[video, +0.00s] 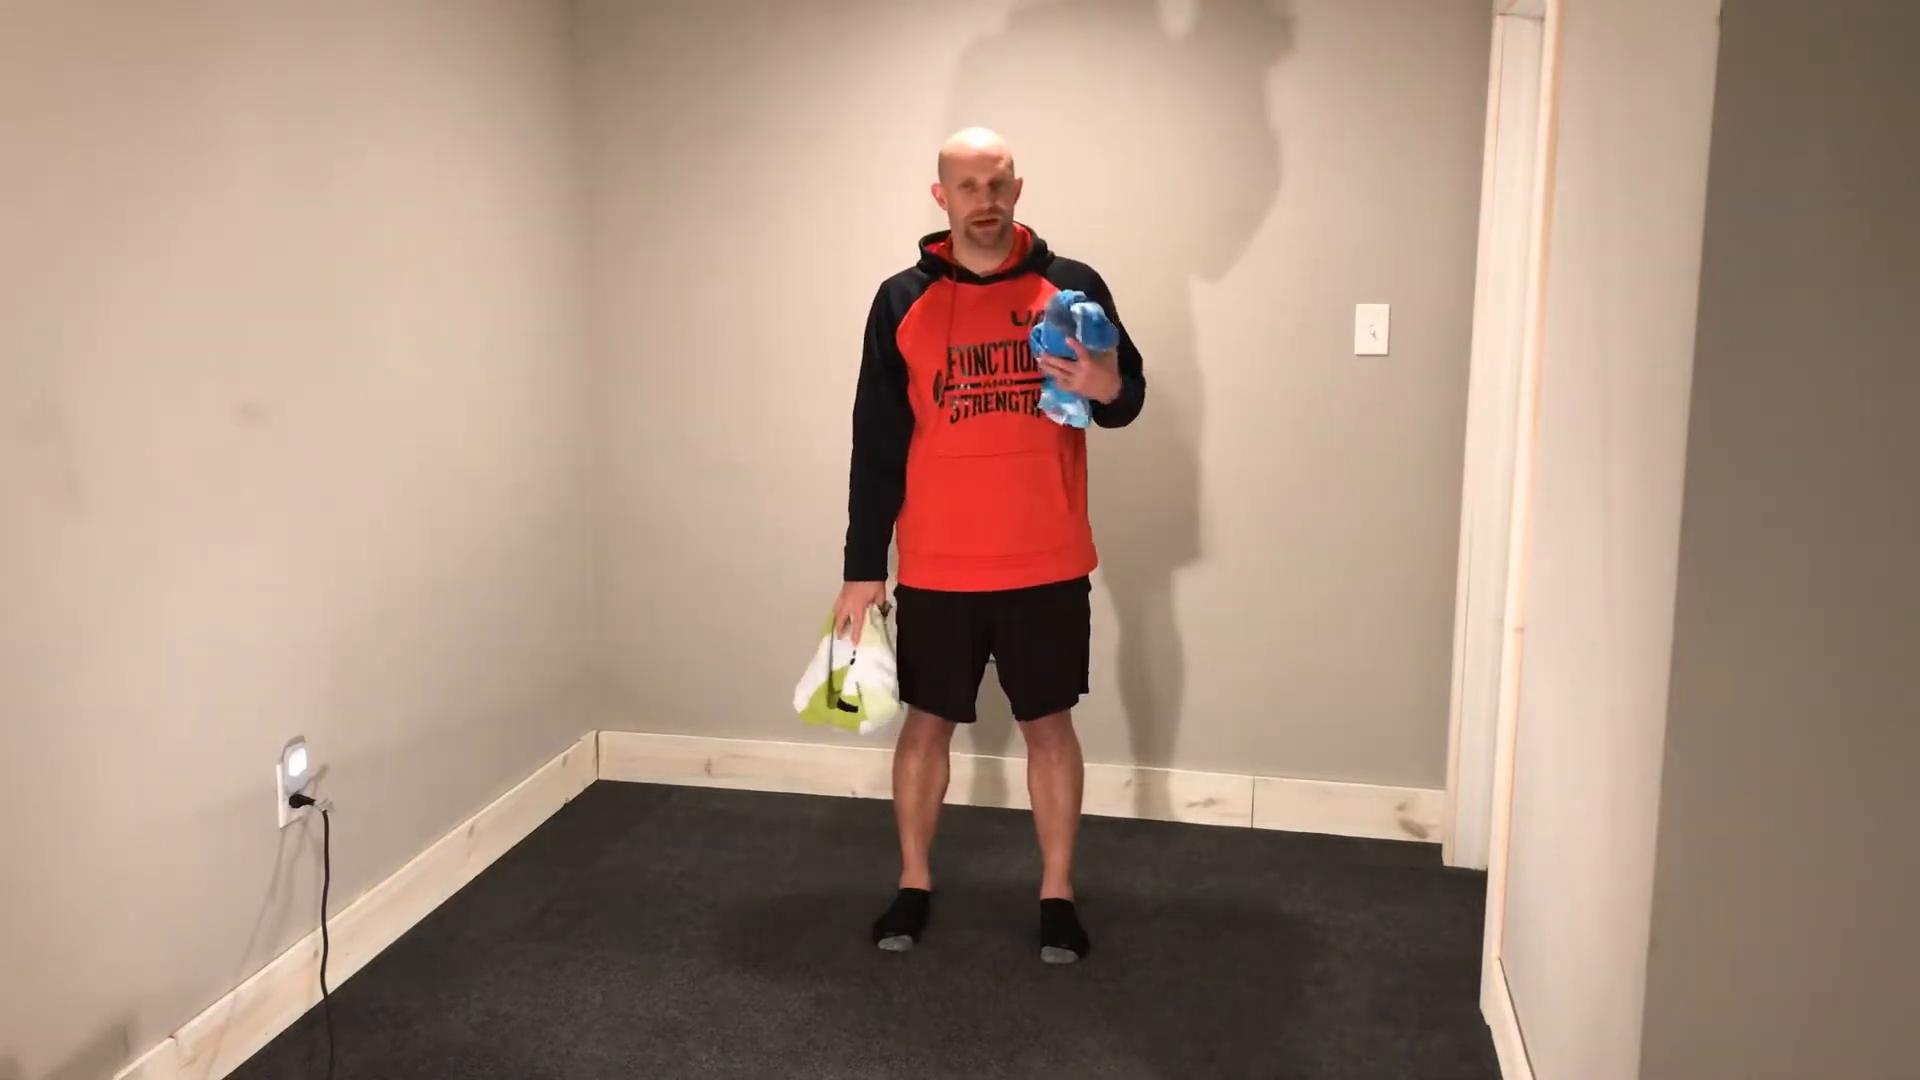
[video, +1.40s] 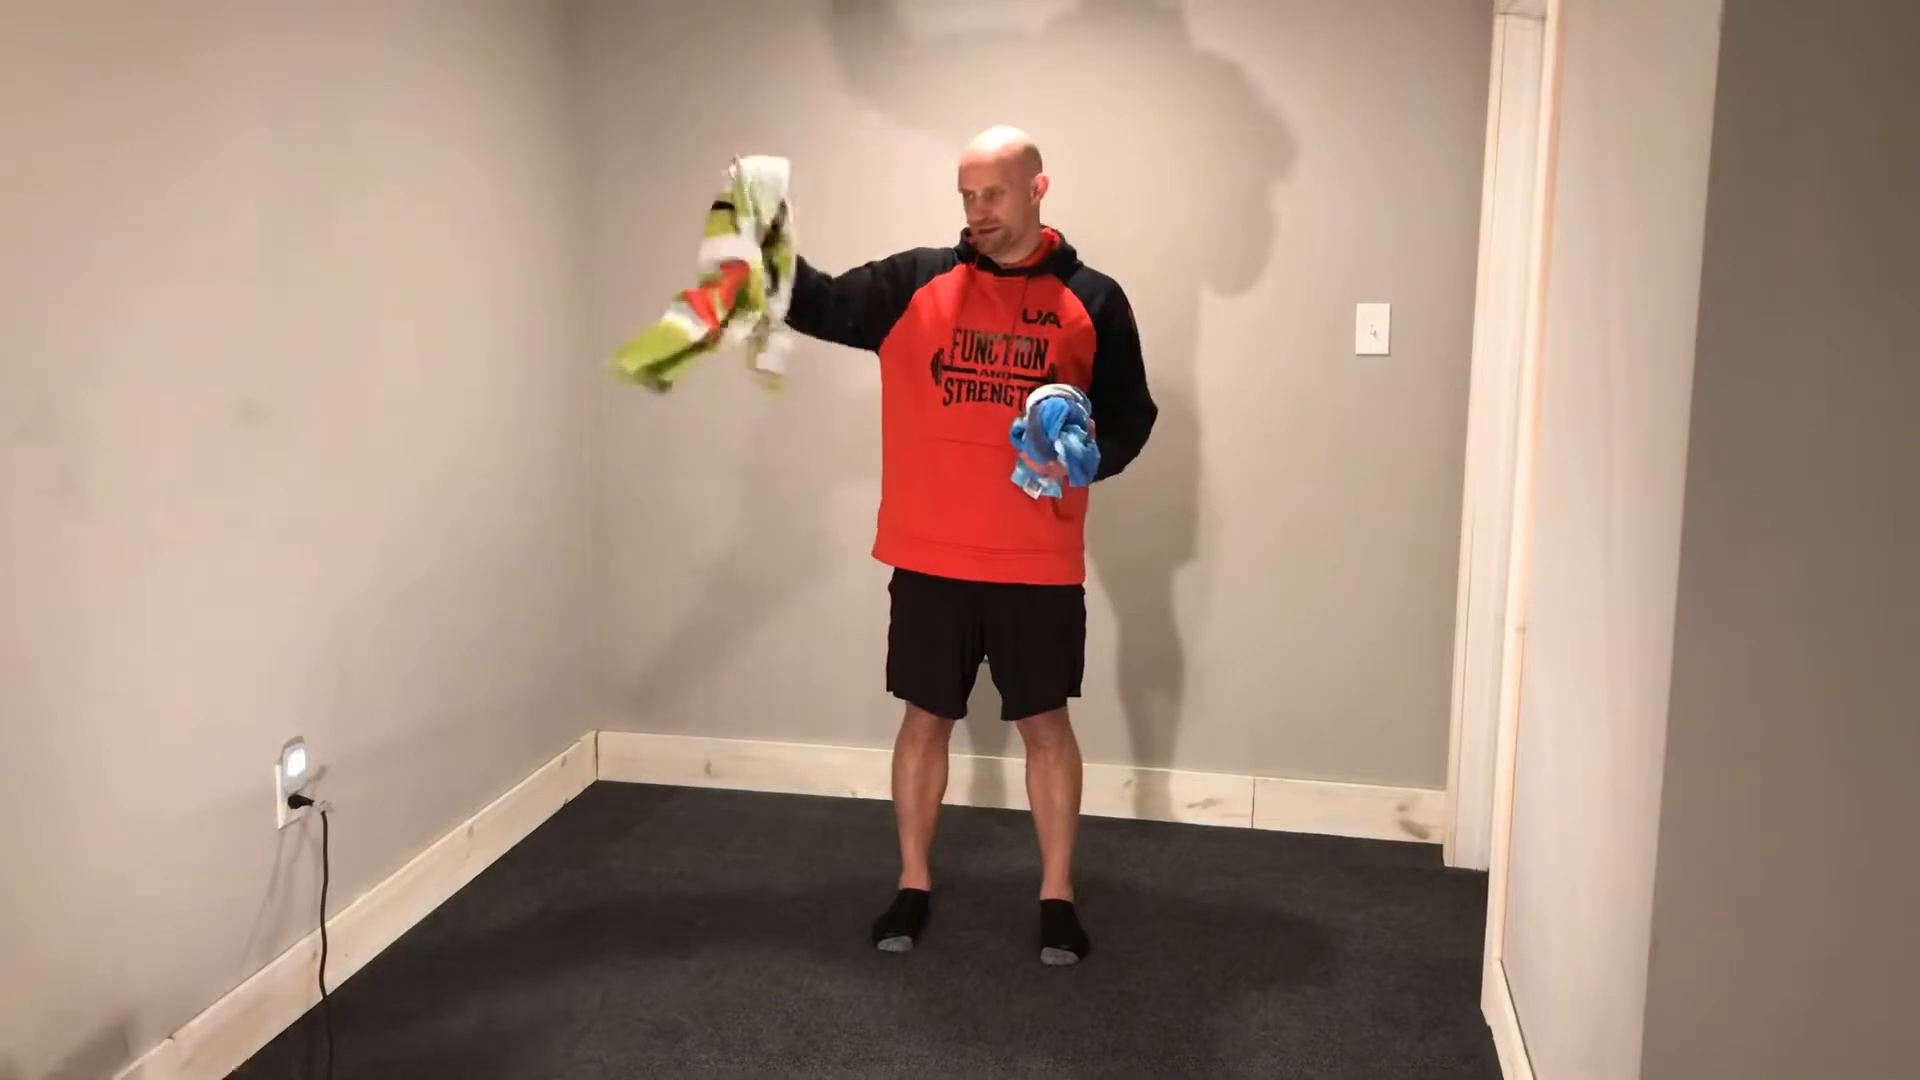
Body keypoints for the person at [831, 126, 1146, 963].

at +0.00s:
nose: (984, 202)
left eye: (998, 186)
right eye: (968, 187)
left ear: (1018, 190)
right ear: (941, 193)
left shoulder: (1070, 289)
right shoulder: (902, 301)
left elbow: (1127, 397)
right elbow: (877, 441)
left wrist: (1109, 388)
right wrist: (863, 568)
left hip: (1045, 562)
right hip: (936, 565)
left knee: (1049, 727)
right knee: (925, 724)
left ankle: (1058, 897)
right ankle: (912, 889)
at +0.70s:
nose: (986, 205)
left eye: (1000, 187)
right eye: (970, 190)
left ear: (1030, 185)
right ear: (951, 194)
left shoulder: (1090, 293)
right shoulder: (913, 294)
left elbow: (1128, 403)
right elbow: (854, 402)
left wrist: (1091, 445)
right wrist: (805, 500)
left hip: (1045, 559)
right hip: (938, 558)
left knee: (1048, 723)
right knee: (927, 718)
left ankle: (1058, 898)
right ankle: (912, 887)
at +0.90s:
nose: (962, 222)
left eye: (976, 206)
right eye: (953, 205)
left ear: (1026, 191)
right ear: (946, 199)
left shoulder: (1091, 296)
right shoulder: (918, 288)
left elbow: (1131, 409)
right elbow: (850, 366)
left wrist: (1091, 444)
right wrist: (778, 386)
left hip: (1043, 558)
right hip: (937, 555)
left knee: (1046, 721)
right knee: (927, 716)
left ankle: (1058, 897)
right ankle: (912, 888)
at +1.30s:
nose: (973, 216)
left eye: (987, 199)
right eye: (964, 199)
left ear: (1036, 190)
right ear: (957, 197)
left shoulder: (1093, 300)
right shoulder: (917, 280)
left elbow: (1130, 413)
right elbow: (831, 320)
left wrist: (1087, 458)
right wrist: (764, 265)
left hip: (1039, 560)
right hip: (932, 553)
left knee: (1044, 721)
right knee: (926, 716)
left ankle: (1058, 898)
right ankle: (912, 886)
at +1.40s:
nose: (977, 214)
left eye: (992, 197)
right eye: (967, 198)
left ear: (1037, 190)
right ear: (959, 196)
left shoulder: (1092, 300)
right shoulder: (916, 281)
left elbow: (1131, 416)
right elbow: (822, 302)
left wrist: (1085, 453)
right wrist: (761, 239)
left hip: (1037, 559)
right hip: (932, 551)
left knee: (1044, 721)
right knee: (926, 716)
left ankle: (1057, 899)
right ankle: (913, 888)